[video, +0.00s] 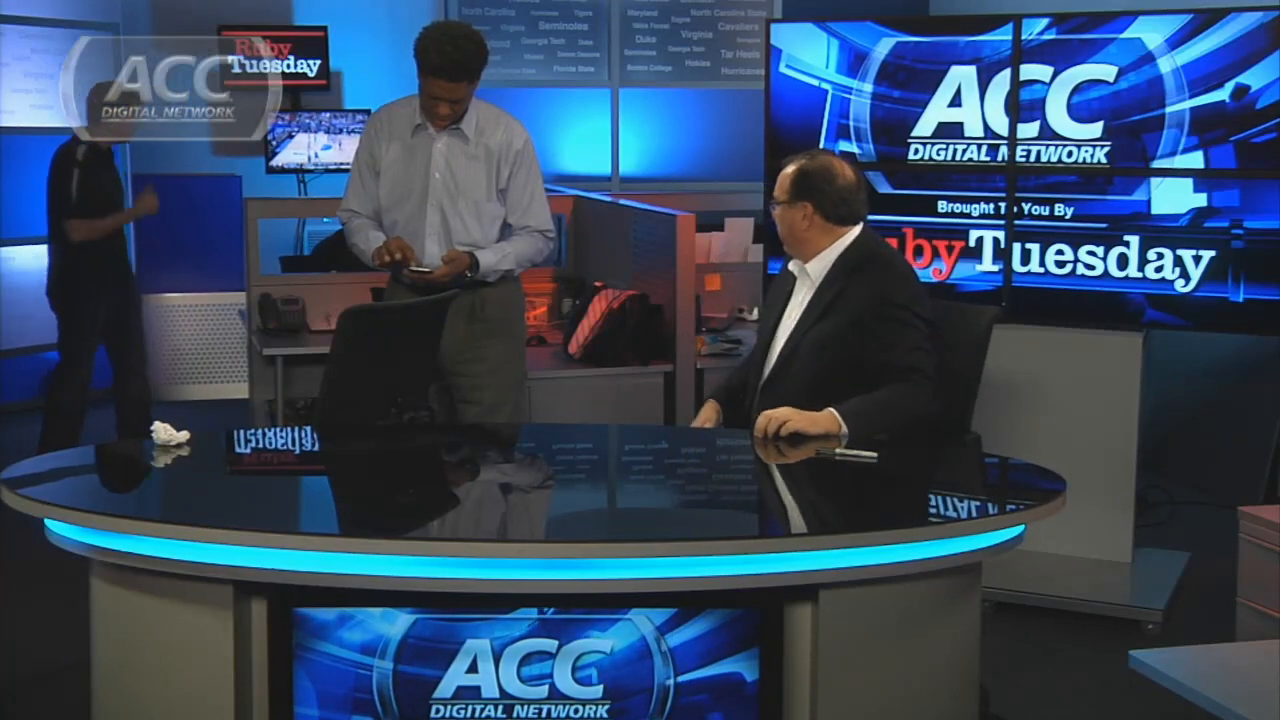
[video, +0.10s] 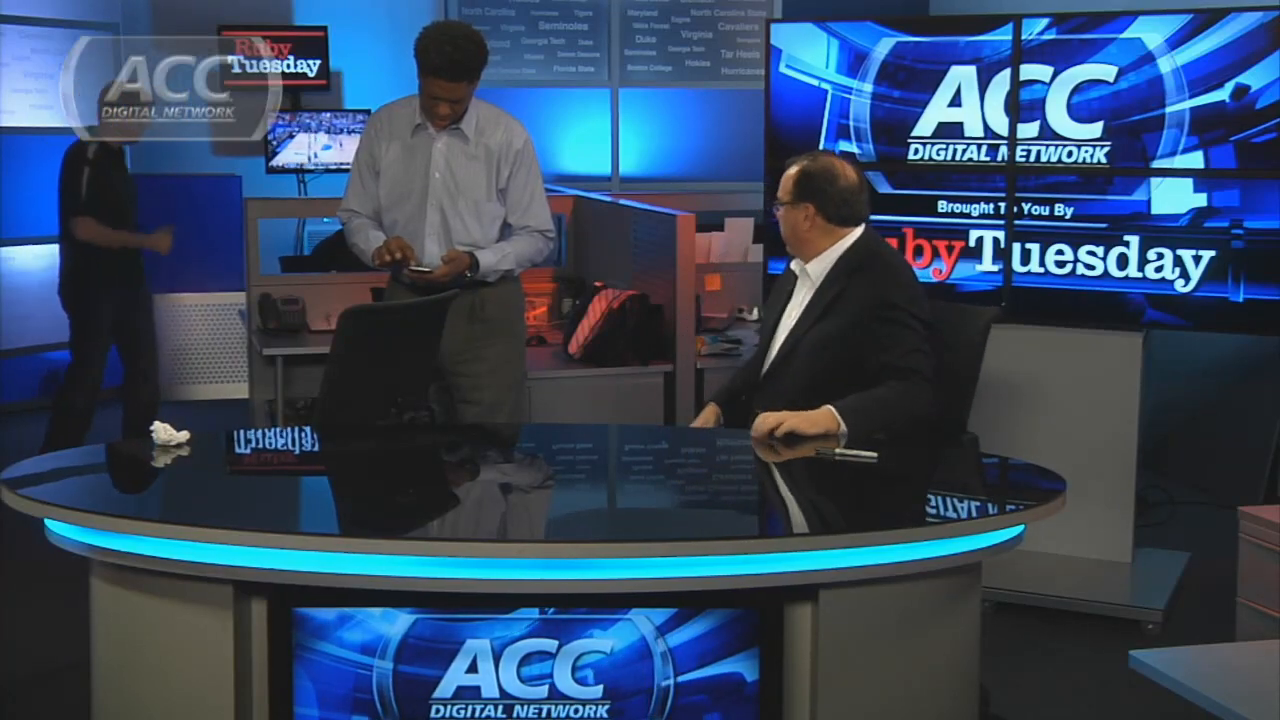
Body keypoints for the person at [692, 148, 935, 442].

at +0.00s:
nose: (772, 213)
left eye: (777, 203)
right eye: (774, 203)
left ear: (806, 214)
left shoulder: (885, 276)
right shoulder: (797, 270)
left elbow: (915, 389)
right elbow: (766, 356)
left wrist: (833, 419)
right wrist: (718, 404)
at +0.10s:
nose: (775, 213)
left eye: (780, 204)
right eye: (777, 204)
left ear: (807, 214)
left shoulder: (884, 273)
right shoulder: (800, 267)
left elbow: (913, 386)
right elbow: (769, 355)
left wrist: (830, 416)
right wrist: (718, 407)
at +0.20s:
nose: (779, 211)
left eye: (785, 201)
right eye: (780, 201)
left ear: (812, 208)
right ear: (811, 211)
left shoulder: (879, 271)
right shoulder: (799, 267)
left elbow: (910, 376)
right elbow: (763, 353)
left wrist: (823, 412)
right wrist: (697, 408)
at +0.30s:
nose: (771, 212)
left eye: (777, 199)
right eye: (773, 200)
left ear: (808, 204)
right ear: (807, 205)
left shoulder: (868, 257)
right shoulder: (785, 263)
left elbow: (906, 344)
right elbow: (740, 337)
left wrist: (836, 403)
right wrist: (665, 383)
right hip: (748, 440)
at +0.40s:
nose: (755, 229)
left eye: (759, 214)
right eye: (755, 216)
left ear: (788, 214)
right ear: (787, 215)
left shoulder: (848, 251)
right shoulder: (778, 266)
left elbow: (892, 325)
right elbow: (747, 339)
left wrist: (834, 399)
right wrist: (678, 385)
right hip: (750, 430)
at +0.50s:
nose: (735, 252)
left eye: (734, 237)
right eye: (731, 240)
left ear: (763, 228)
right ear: (763, 229)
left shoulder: (831, 261)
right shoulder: (771, 280)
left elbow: (886, 329)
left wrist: (840, 397)